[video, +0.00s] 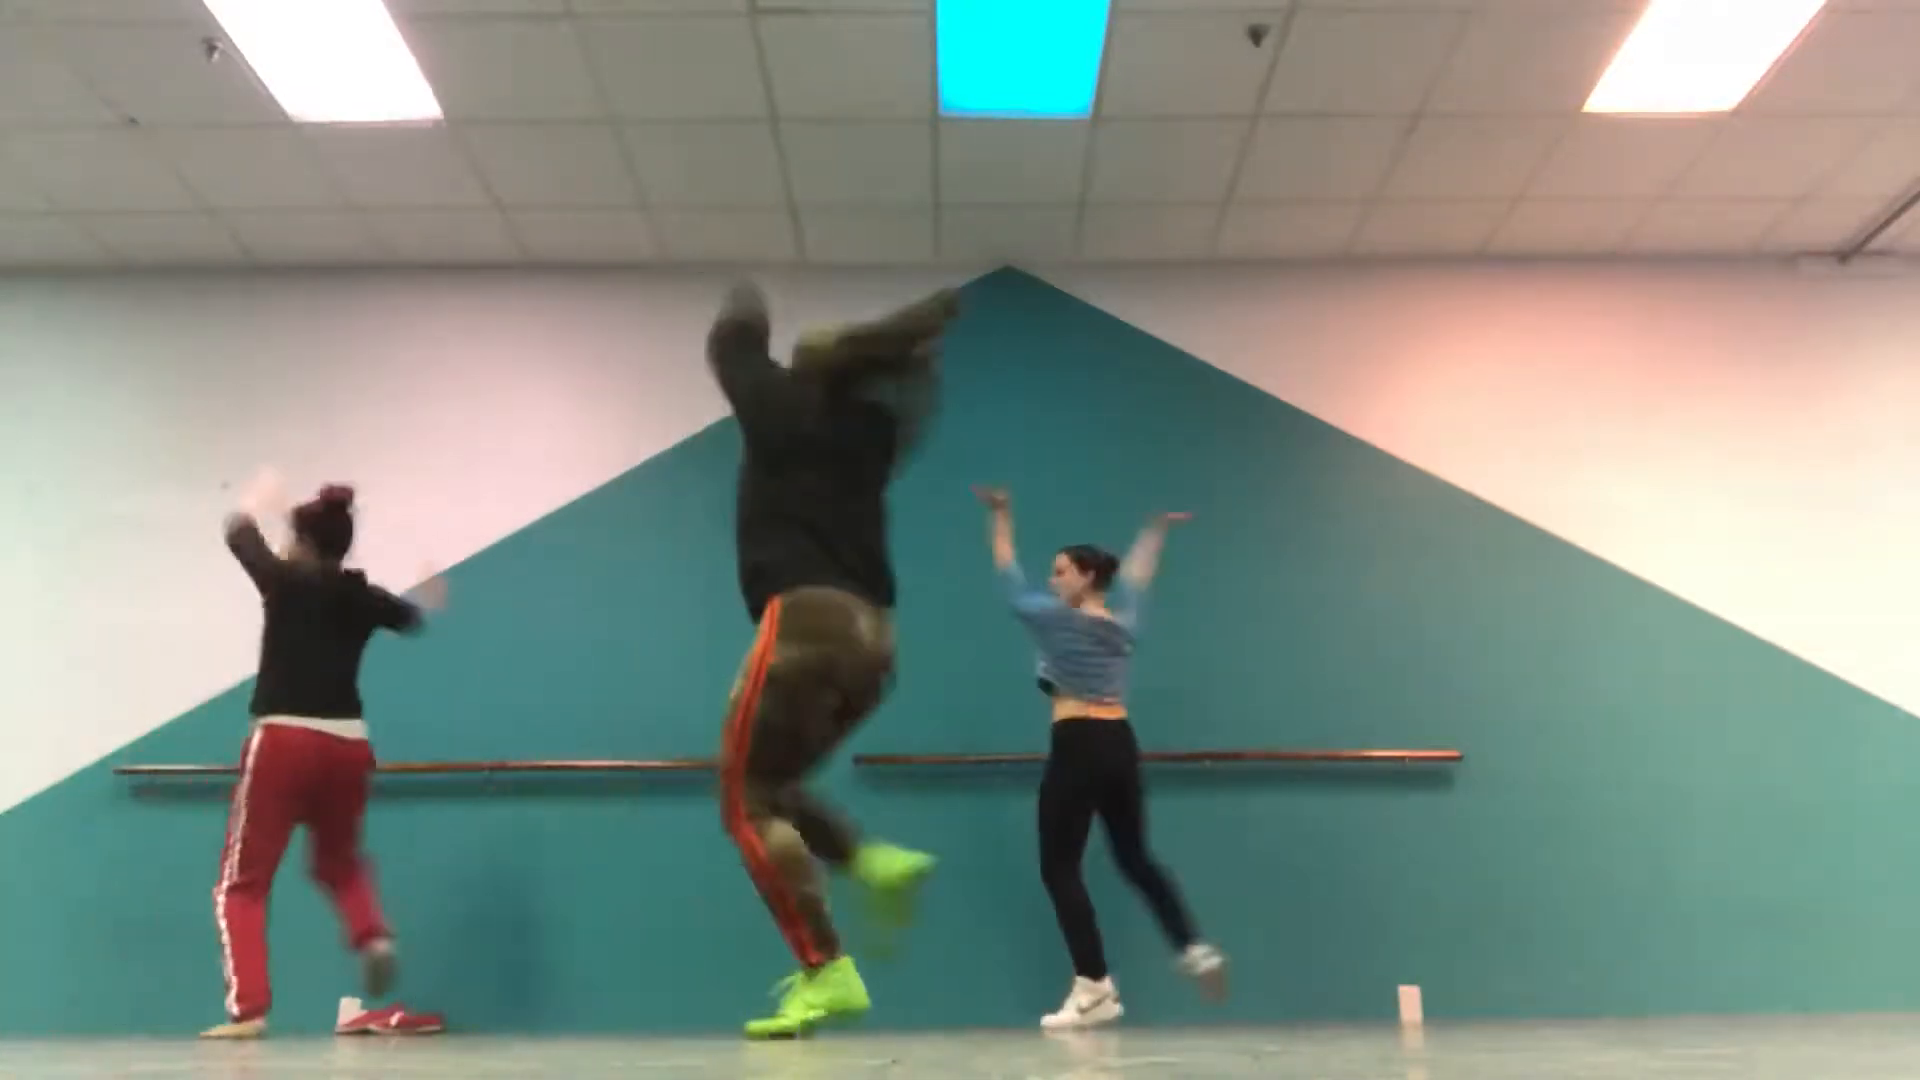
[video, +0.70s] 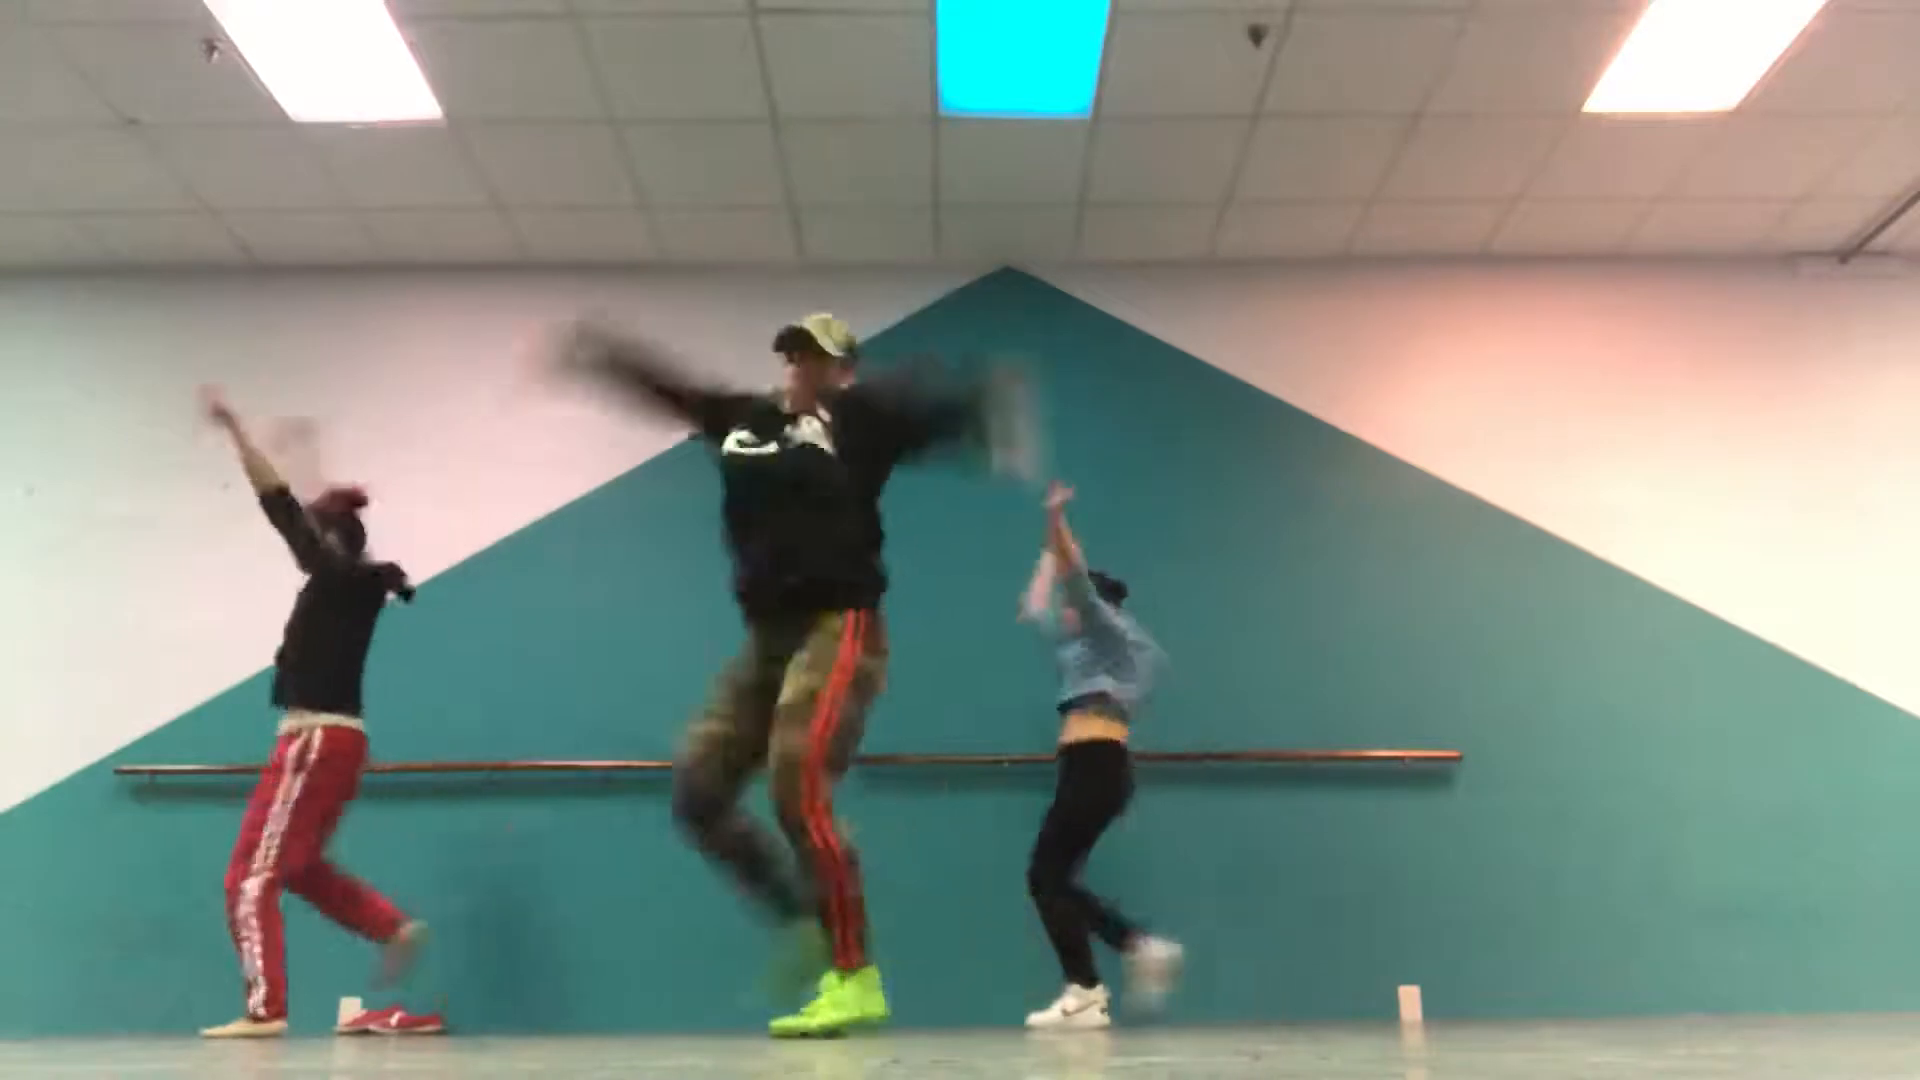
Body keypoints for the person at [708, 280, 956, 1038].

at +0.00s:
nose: (792, 366)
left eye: (797, 358)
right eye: (805, 358)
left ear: (805, 365)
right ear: (861, 377)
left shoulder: (780, 404)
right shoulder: (875, 428)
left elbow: (733, 347)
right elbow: (909, 399)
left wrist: (745, 304)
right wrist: (917, 341)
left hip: (805, 623)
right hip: (873, 635)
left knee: (748, 802)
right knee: (773, 785)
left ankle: (824, 970)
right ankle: (870, 858)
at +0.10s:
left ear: (809, 375)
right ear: (881, 378)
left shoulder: (779, 427)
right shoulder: (910, 432)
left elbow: (730, 446)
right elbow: (1004, 492)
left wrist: (783, 481)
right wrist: (999, 504)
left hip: (806, 617)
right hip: (895, 627)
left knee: (754, 797)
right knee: (894, 796)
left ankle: (798, 955)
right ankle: (976, 895)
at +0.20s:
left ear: (831, 417)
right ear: (901, 412)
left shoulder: (800, 476)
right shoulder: (944, 471)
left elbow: (765, 564)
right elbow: (1012, 556)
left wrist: (810, 616)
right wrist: (1040, 641)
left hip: (830, 647)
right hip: (924, 648)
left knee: (798, 818)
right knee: (975, 819)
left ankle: (752, 947)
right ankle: (1058, 964)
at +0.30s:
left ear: (864, 453)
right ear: (929, 449)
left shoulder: (835, 518)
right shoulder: (960, 508)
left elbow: (801, 617)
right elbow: (979, 598)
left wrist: (836, 679)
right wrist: (1015, 679)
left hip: (857, 690)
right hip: (951, 687)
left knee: (848, 858)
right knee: (1017, 845)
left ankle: (764, 948)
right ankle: (1073, 983)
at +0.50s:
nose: (826, 363)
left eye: (831, 356)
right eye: (840, 357)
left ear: (833, 364)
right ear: (891, 368)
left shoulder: (821, 401)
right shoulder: (920, 416)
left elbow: (747, 348)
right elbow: (948, 442)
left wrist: (757, 293)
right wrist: (914, 374)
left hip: (849, 633)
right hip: (923, 638)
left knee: (768, 788)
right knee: (932, 807)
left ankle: (800, 947)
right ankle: (1045, 949)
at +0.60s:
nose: (803, 354)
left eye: (815, 346)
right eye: (805, 347)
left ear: (846, 357)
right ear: (817, 364)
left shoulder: (866, 400)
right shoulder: (809, 411)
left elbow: (871, 308)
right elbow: (782, 347)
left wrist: (880, 204)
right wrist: (766, 269)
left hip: (844, 617)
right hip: (837, 620)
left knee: (783, 788)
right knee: (819, 804)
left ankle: (842, 967)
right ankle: (954, 891)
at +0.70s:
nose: (800, 370)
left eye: (815, 361)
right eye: (795, 358)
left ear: (844, 370)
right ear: (786, 365)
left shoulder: (867, 422)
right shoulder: (743, 419)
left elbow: (940, 417)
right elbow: (669, 389)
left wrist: (975, 403)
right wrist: (601, 355)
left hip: (842, 629)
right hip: (773, 635)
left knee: (799, 790)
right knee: (701, 798)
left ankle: (856, 976)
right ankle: (814, 920)